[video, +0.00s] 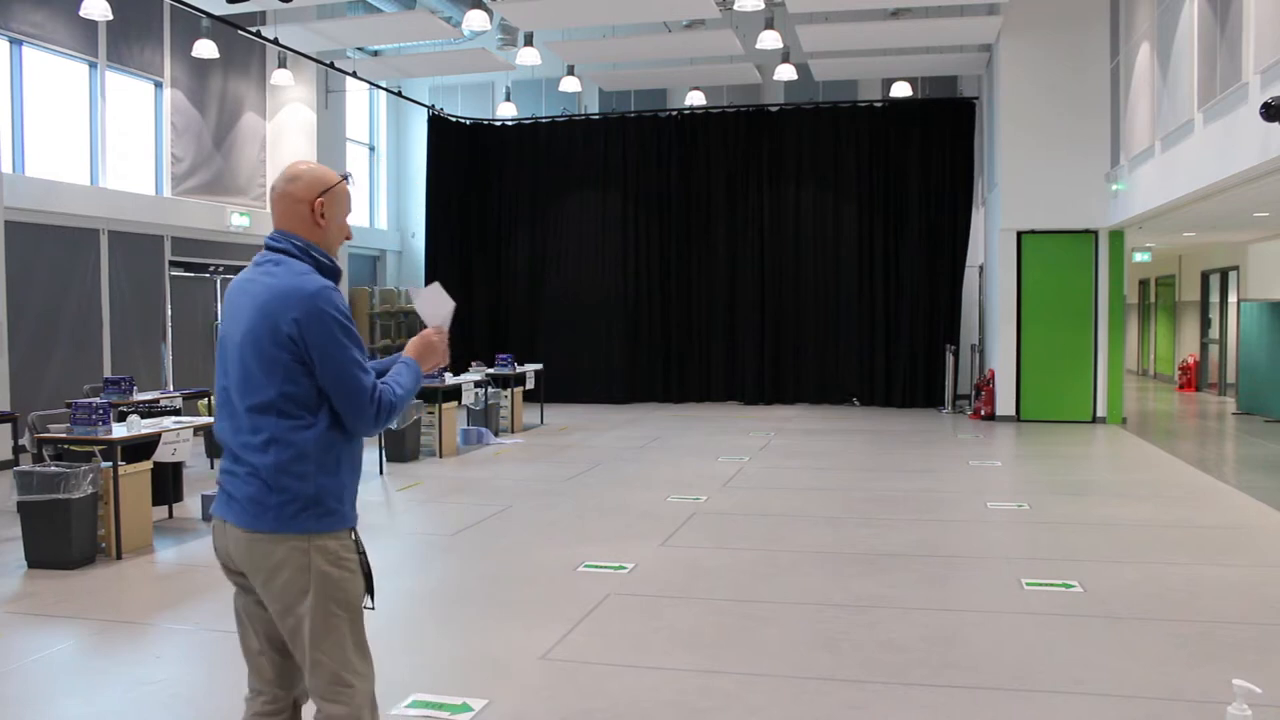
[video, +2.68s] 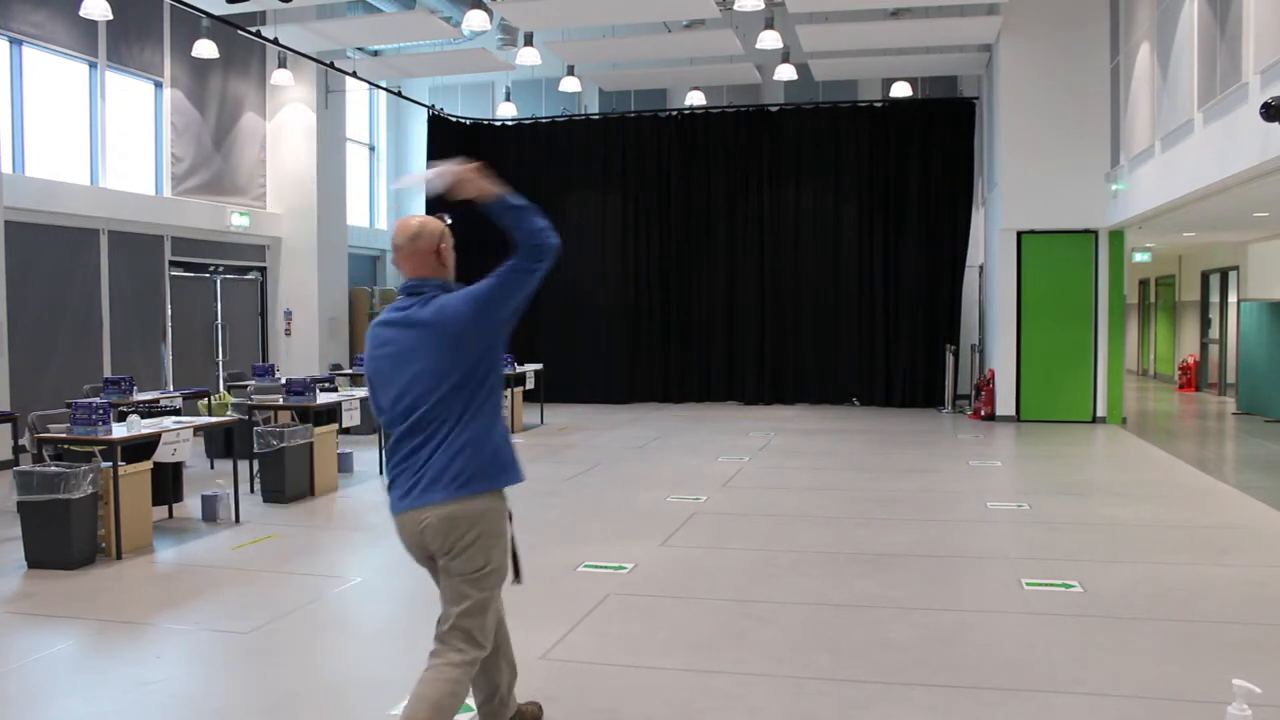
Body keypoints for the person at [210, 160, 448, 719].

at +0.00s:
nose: (350, 227)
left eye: (349, 212)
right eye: (345, 212)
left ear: (300, 211)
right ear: (317, 211)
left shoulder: (246, 284)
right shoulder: (312, 296)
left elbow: (315, 390)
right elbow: (368, 410)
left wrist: (395, 365)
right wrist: (415, 361)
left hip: (239, 521)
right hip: (301, 534)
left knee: (272, 694)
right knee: (345, 699)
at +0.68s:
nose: (333, 215)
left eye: (331, 204)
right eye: (330, 204)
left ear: (262, 211)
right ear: (313, 209)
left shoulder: (223, 286)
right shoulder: (325, 294)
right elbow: (416, 357)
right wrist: (424, 286)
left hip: (233, 523)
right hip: (312, 531)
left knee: (263, 690)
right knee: (342, 691)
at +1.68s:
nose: (333, 209)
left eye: (328, 196)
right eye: (328, 198)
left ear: (264, 215)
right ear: (314, 212)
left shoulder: (230, 289)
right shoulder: (325, 288)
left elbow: (285, 356)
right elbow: (430, 268)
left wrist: (358, 333)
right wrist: (434, 185)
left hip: (244, 522)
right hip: (322, 524)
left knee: (272, 688)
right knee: (350, 688)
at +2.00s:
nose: (365, 220)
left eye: (361, 209)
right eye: (360, 209)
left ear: (303, 222)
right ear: (346, 221)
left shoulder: (282, 295)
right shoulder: (335, 290)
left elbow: (358, 354)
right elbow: (439, 237)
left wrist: (418, 311)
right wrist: (415, 146)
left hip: (308, 521)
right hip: (353, 521)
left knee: (366, 660)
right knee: (379, 683)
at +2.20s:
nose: (386, 233)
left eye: (382, 222)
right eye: (382, 222)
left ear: (330, 234)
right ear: (367, 233)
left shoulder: (321, 301)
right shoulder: (340, 300)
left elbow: (387, 357)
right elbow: (436, 238)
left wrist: (449, 308)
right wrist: (393, 144)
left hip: (378, 510)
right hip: (373, 518)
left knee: (426, 645)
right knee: (395, 682)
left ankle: (432, 715)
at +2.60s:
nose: (443, 258)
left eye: (440, 249)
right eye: (439, 250)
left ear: (388, 263)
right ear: (430, 258)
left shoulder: (369, 333)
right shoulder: (436, 322)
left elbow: (422, 367)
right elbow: (505, 249)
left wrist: (471, 343)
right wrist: (437, 187)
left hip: (405, 518)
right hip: (453, 517)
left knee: (484, 612)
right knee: (455, 654)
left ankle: (499, 709)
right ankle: (409, 718)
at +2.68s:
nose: (453, 251)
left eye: (449, 243)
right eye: (450, 244)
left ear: (398, 262)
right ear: (444, 252)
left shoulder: (378, 336)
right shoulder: (470, 311)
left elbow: (389, 421)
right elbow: (541, 245)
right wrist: (492, 191)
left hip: (410, 512)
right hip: (469, 505)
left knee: (481, 619)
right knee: (459, 646)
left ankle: (501, 711)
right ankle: (414, 719)